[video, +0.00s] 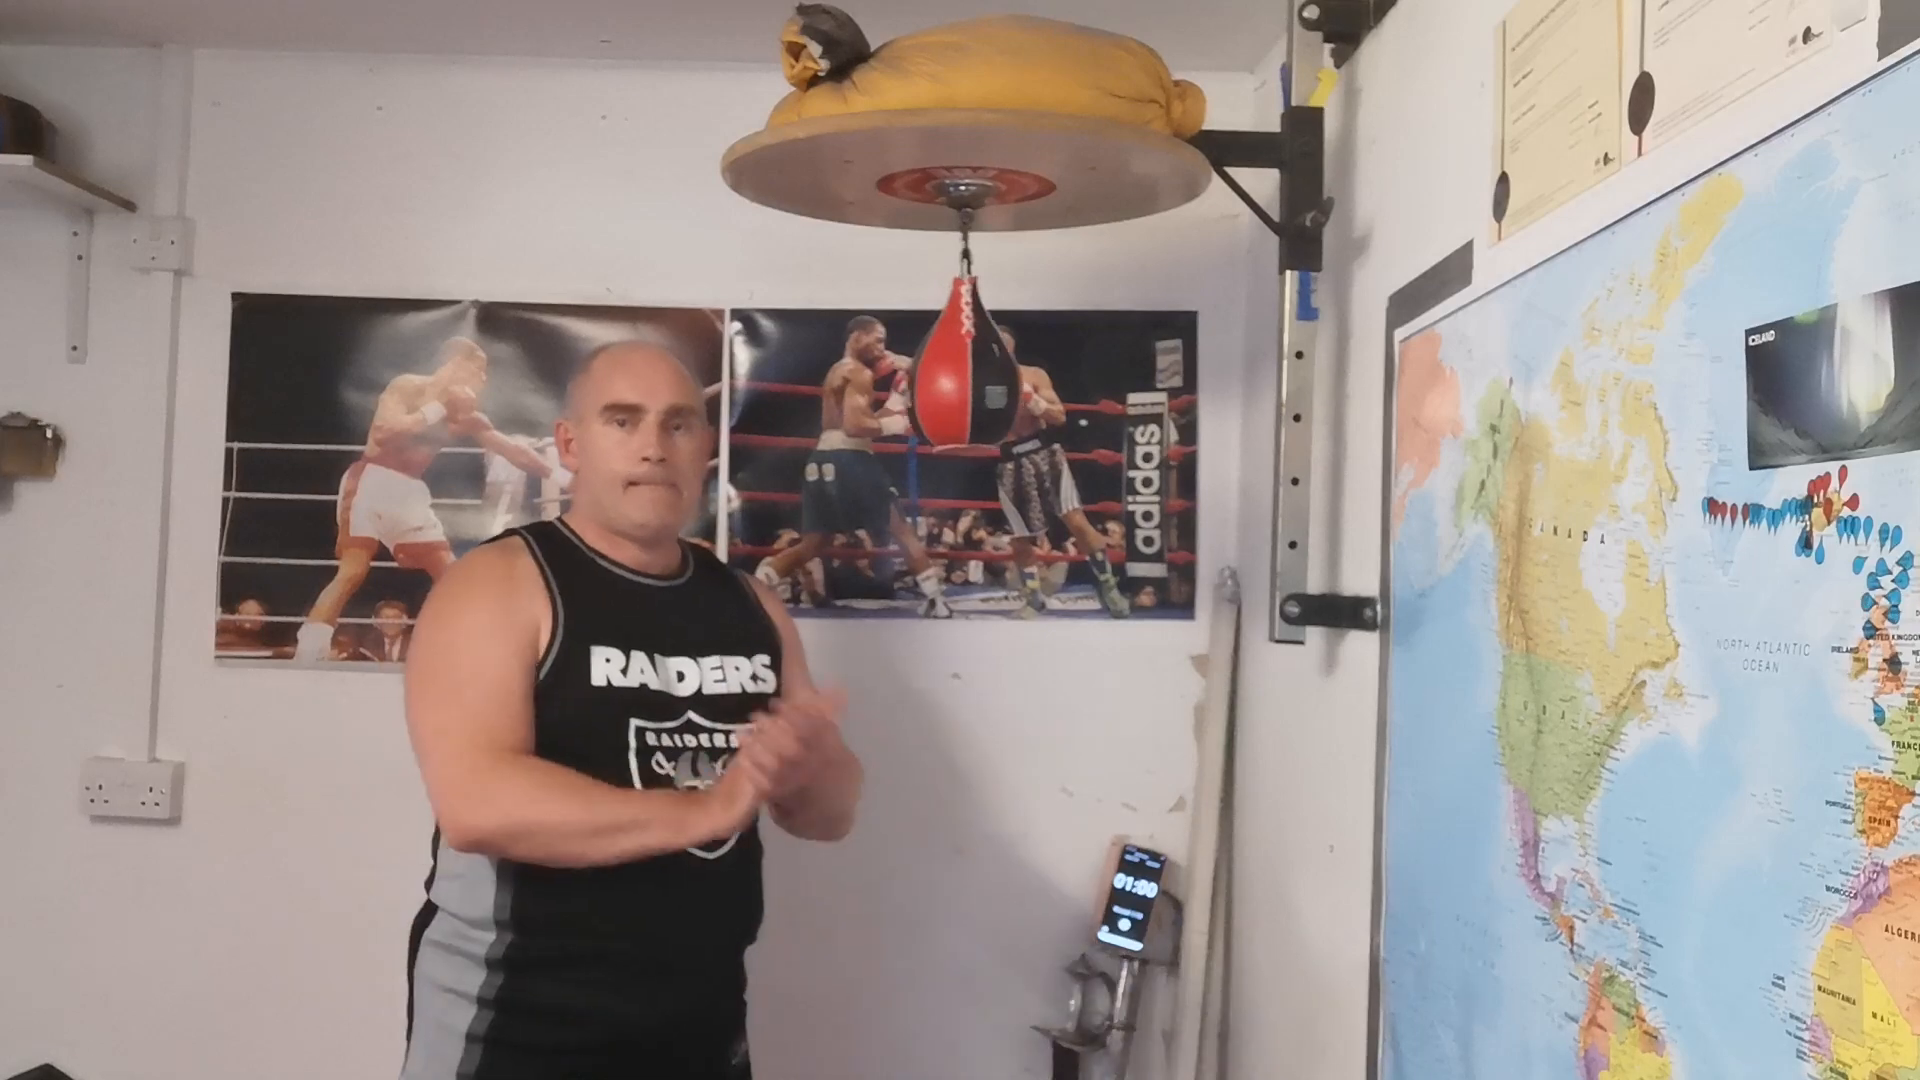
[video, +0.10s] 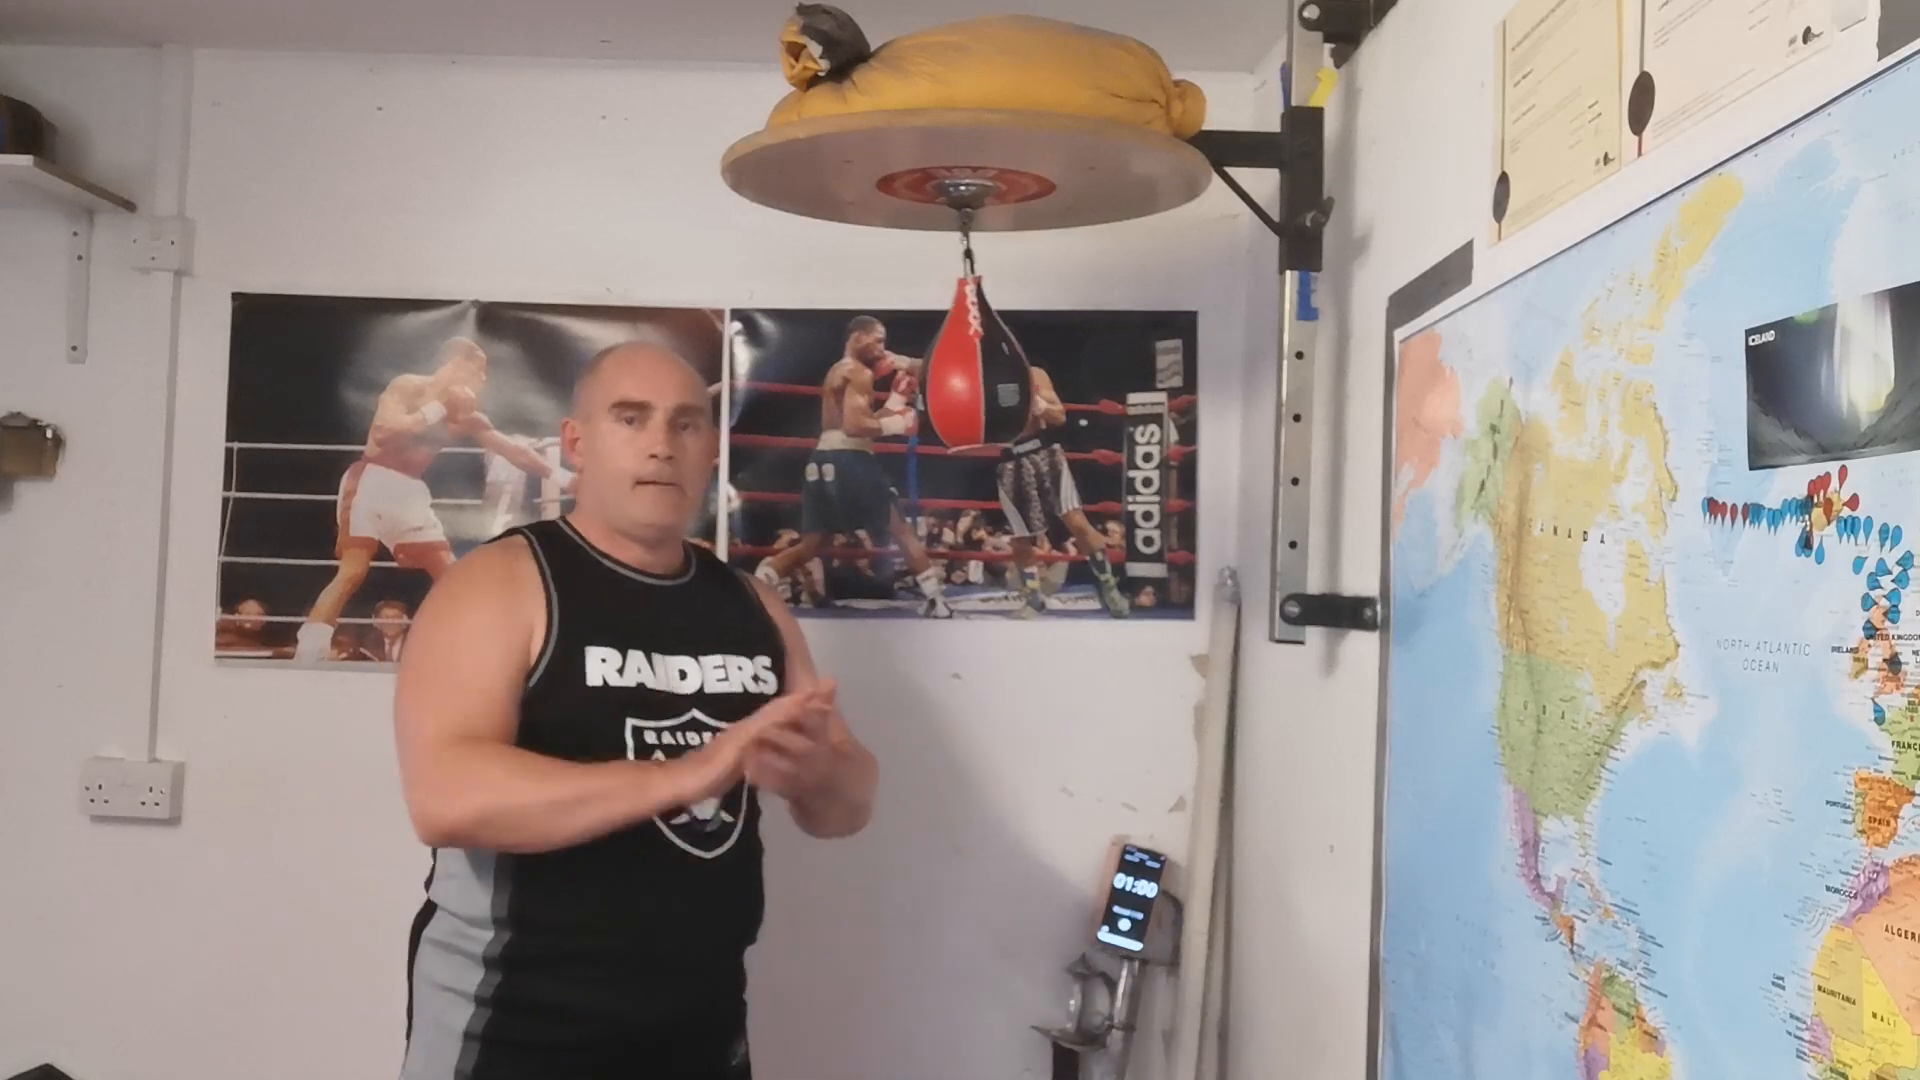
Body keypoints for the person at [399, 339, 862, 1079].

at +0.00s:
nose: (652, 447)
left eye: (678, 423)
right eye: (623, 420)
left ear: (709, 451)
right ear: (569, 447)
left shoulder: (749, 606)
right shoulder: (493, 587)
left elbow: (830, 817)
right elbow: (476, 801)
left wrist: (808, 768)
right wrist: (697, 813)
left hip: (694, 1017)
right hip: (516, 1018)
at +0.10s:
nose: (661, 445)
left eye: (686, 423)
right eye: (631, 418)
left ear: (714, 452)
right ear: (575, 443)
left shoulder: (752, 606)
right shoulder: (493, 586)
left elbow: (844, 808)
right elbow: (446, 795)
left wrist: (819, 773)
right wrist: (680, 777)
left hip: (695, 1021)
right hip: (514, 1021)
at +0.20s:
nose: (674, 447)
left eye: (697, 426)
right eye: (642, 419)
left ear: (719, 454)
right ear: (583, 443)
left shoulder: (752, 607)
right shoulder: (500, 584)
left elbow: (846, 798)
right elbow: (401, 782)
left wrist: (874, 791)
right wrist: (589, 756)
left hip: (695, 1019)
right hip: (514, 1020)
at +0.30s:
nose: (691, 448)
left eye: (714, 426)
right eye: (660, 420)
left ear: (733, 456)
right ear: (597, 442)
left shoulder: (753, 609)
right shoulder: (504, 573)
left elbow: (858, 774)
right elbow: (360, 783)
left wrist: (952, 743)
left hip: (695, 1015)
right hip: (512, 1016)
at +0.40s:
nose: (705, 453)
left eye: (726, 436)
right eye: (674, 424)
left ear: (741, 466)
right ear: (605, 447)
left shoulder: (761, 614)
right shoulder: (522, 570)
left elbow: (881, 768)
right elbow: (333, 760)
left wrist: (990, 701)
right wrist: (401, 636)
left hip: (696, 1028)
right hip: (511, 1029)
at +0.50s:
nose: (712, 457)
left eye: (734, 440)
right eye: (683, 429)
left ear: (750, 468)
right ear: (615, 447)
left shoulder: (764, 617)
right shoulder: (528, 571)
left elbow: (888, 764)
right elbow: (327, 746)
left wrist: (994, 698)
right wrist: (407, 625)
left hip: (697, 1029)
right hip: (513, 1027)